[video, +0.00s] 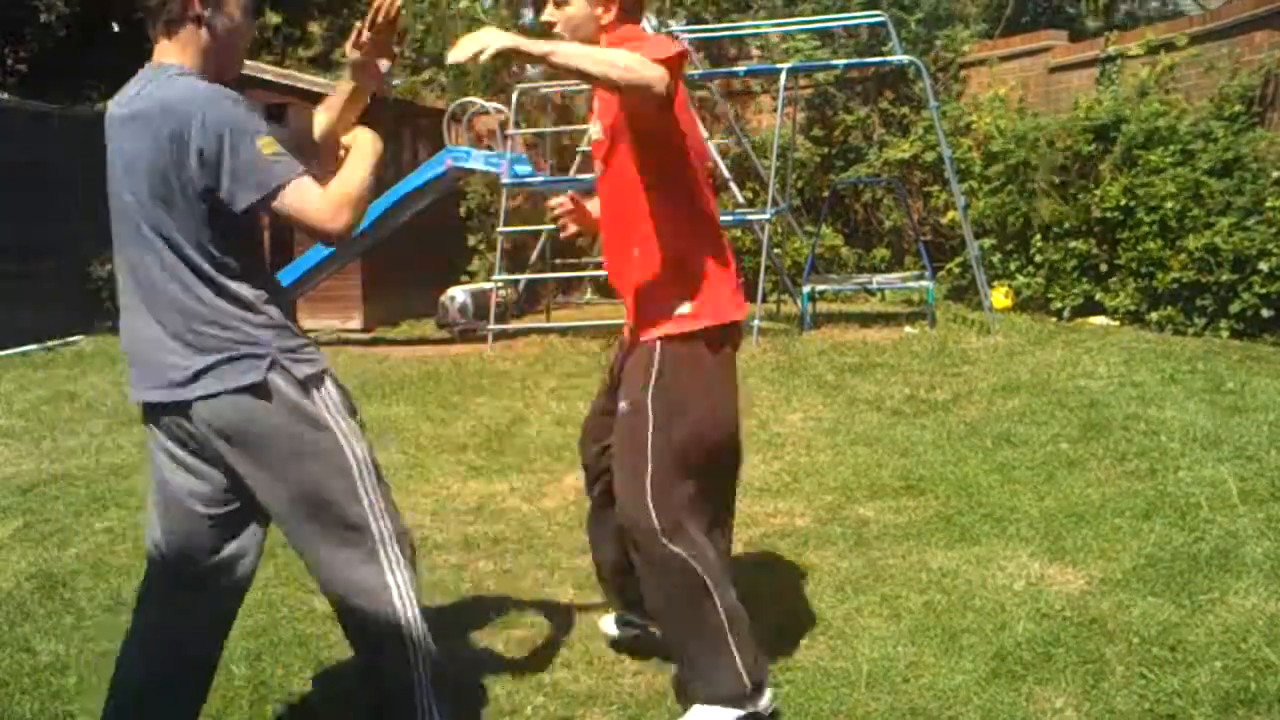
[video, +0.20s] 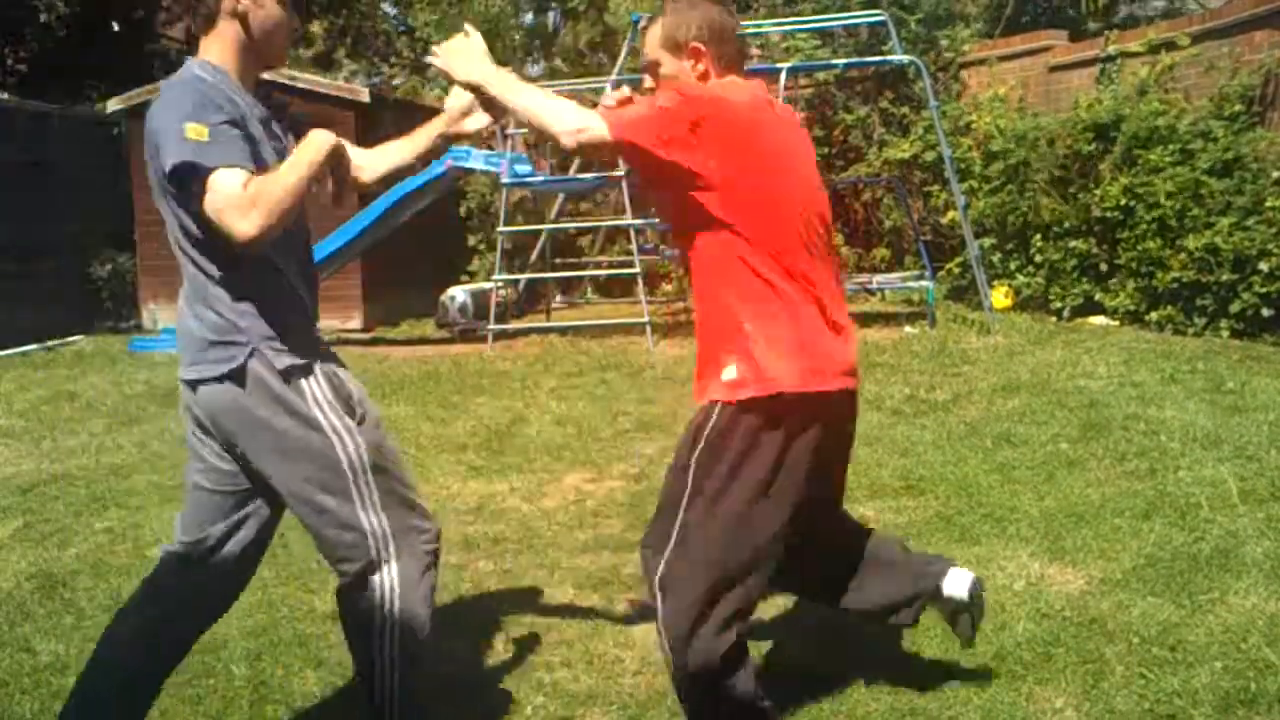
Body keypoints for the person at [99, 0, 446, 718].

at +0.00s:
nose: (250, 34)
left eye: (251, 19)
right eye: (245, 16)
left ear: (179, 17)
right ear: (201, 13)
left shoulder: (126, 108)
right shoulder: (212, 109)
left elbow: (279, 169)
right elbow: (332, 214)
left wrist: (357, 83)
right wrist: (365, 149)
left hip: (171, 382)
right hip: (256, 372)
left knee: (183, 594)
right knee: (370, 560)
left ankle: (137, 715)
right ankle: (421, 707)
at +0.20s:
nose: (298, 22)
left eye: (295, 9)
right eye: (289, 6)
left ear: (240, 15)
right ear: (241, 8)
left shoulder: (253, 108)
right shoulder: (191, 98)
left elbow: (359, 168)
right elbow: (244, 218)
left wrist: (448, 123)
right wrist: (318, 144)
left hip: (235, 365)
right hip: (265, 362)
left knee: (203, 567)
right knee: (394, 547)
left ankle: (90, 715)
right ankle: (399, 710)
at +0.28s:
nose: (319, 37)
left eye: (316, 21)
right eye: (308, 20)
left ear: (268, 27)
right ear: (261, 23)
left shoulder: (275, 124)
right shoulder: (218, 119)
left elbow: (363, 212)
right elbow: (265, 244)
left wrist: (459, 185)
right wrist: (316, 153)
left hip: (242, 389)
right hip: (272, 384)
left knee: (204, 588)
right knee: (414, 555)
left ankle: (83, 714)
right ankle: (404, 710)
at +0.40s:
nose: (364, 54)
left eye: (363, 38)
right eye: (354, 36)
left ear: (299, 36)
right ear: (301, 33)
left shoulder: (247, 116)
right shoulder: (277, 113)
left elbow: (339, 247)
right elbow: (368, 228)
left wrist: (404, 171)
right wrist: (397, 126)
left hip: (238, 388)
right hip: (291, 377)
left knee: (267, 584)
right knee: (423, 552)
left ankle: (112, 711)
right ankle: (417, 714)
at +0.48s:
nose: (369, 58)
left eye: (370, 41)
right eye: (363, 38)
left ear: (311, 37)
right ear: (314, 35)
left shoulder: (254, 117)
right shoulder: (296, 112)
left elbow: (334, 259)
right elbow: (414, 206)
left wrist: (374, 164)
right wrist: (462, 112)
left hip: (237, 383)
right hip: (289, 378)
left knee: (292, 562)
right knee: (420, 549)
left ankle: (133, 690)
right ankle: (416, 711)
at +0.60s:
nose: (362, 60)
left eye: (363, 43)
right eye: (355, 41)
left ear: (303, 37)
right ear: (307, 36)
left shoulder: (239, 120)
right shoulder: (300, 112)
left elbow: (326, 240)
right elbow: (427, 198)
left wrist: (364, 153)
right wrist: (501, 118)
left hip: (245, 374)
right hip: (298, 373)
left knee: (284, 522)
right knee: (424, 552)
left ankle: (175, 661)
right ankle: (414, 712)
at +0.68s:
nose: (351, 53)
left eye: (351, 37)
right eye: (344, 34)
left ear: (293, 32)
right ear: (296, 30)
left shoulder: (227, 115)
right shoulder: (287, 106)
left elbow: (312, 240)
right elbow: (405, 202)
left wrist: (353, 153)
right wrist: (485, 131)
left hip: (240, 366)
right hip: (301, 365)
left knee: (273, 511)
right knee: (407, 539)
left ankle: (184, 659)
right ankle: (408, 709)